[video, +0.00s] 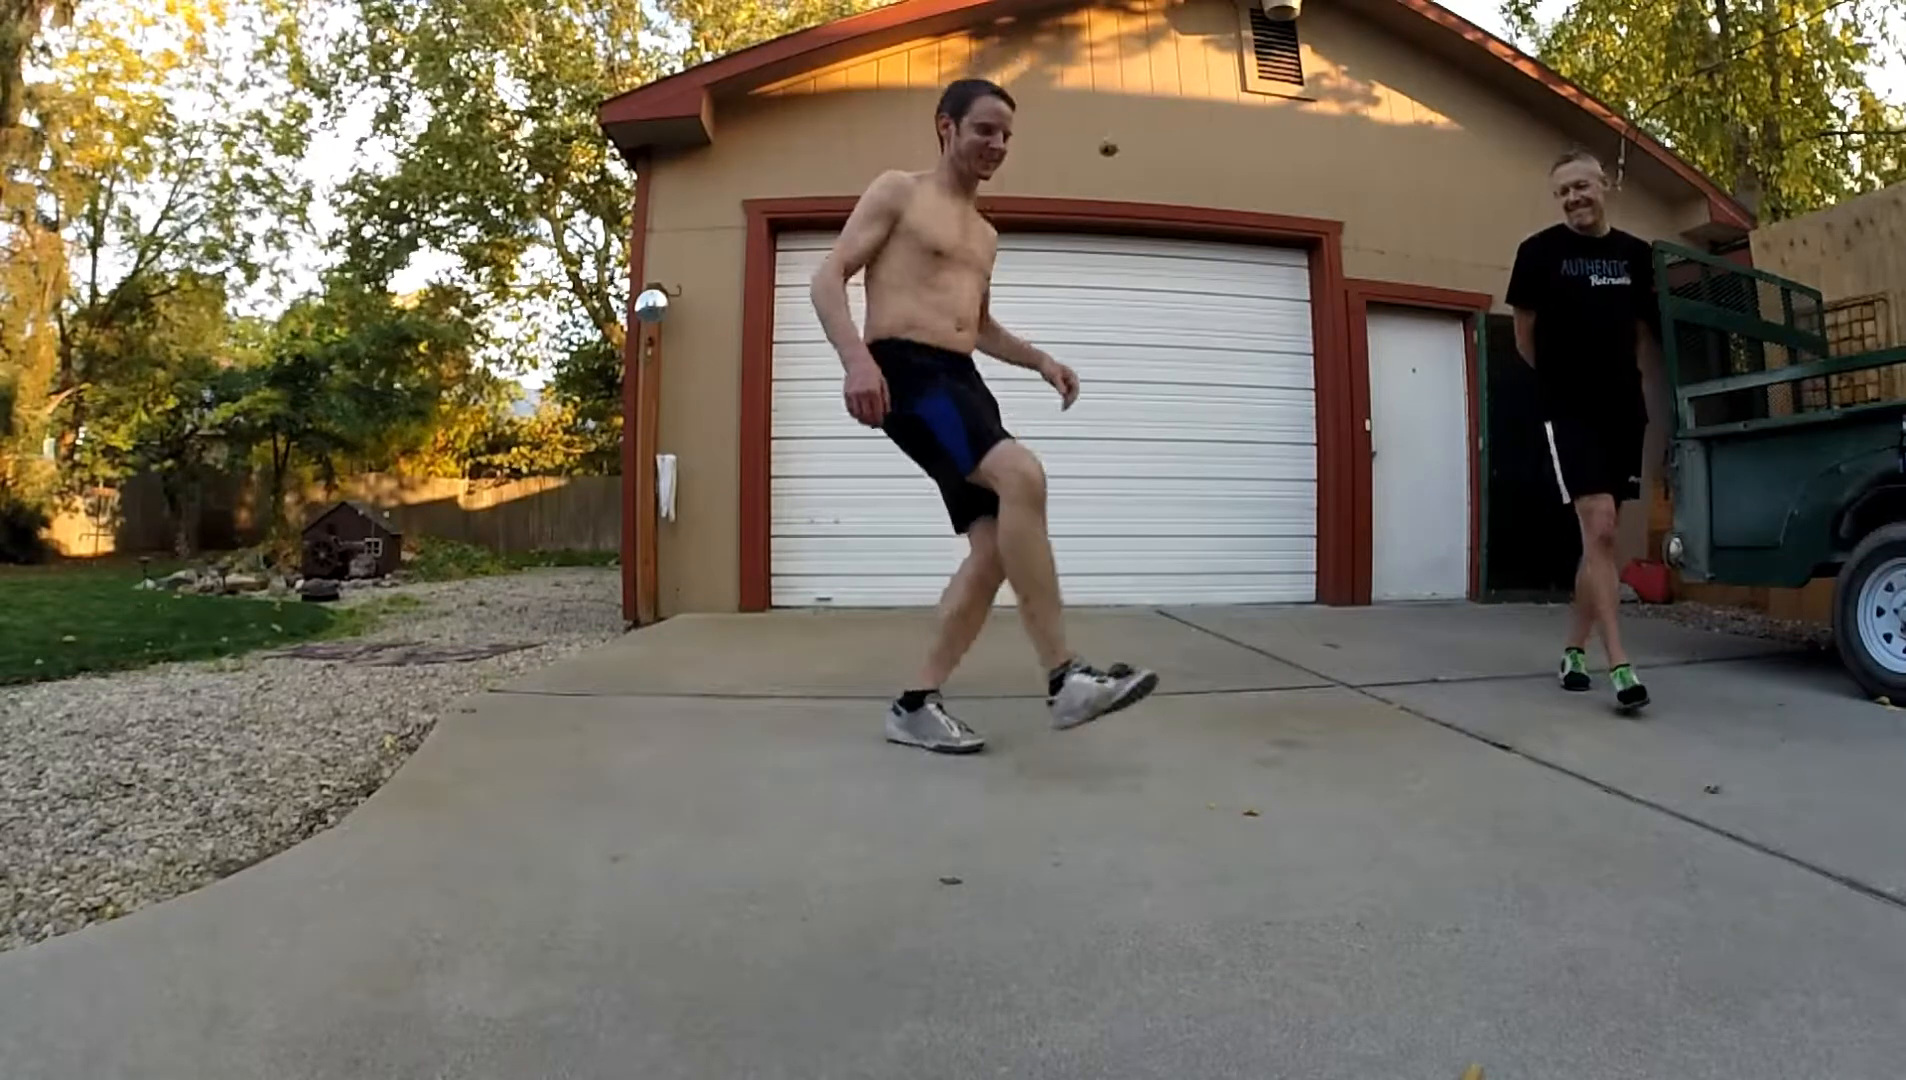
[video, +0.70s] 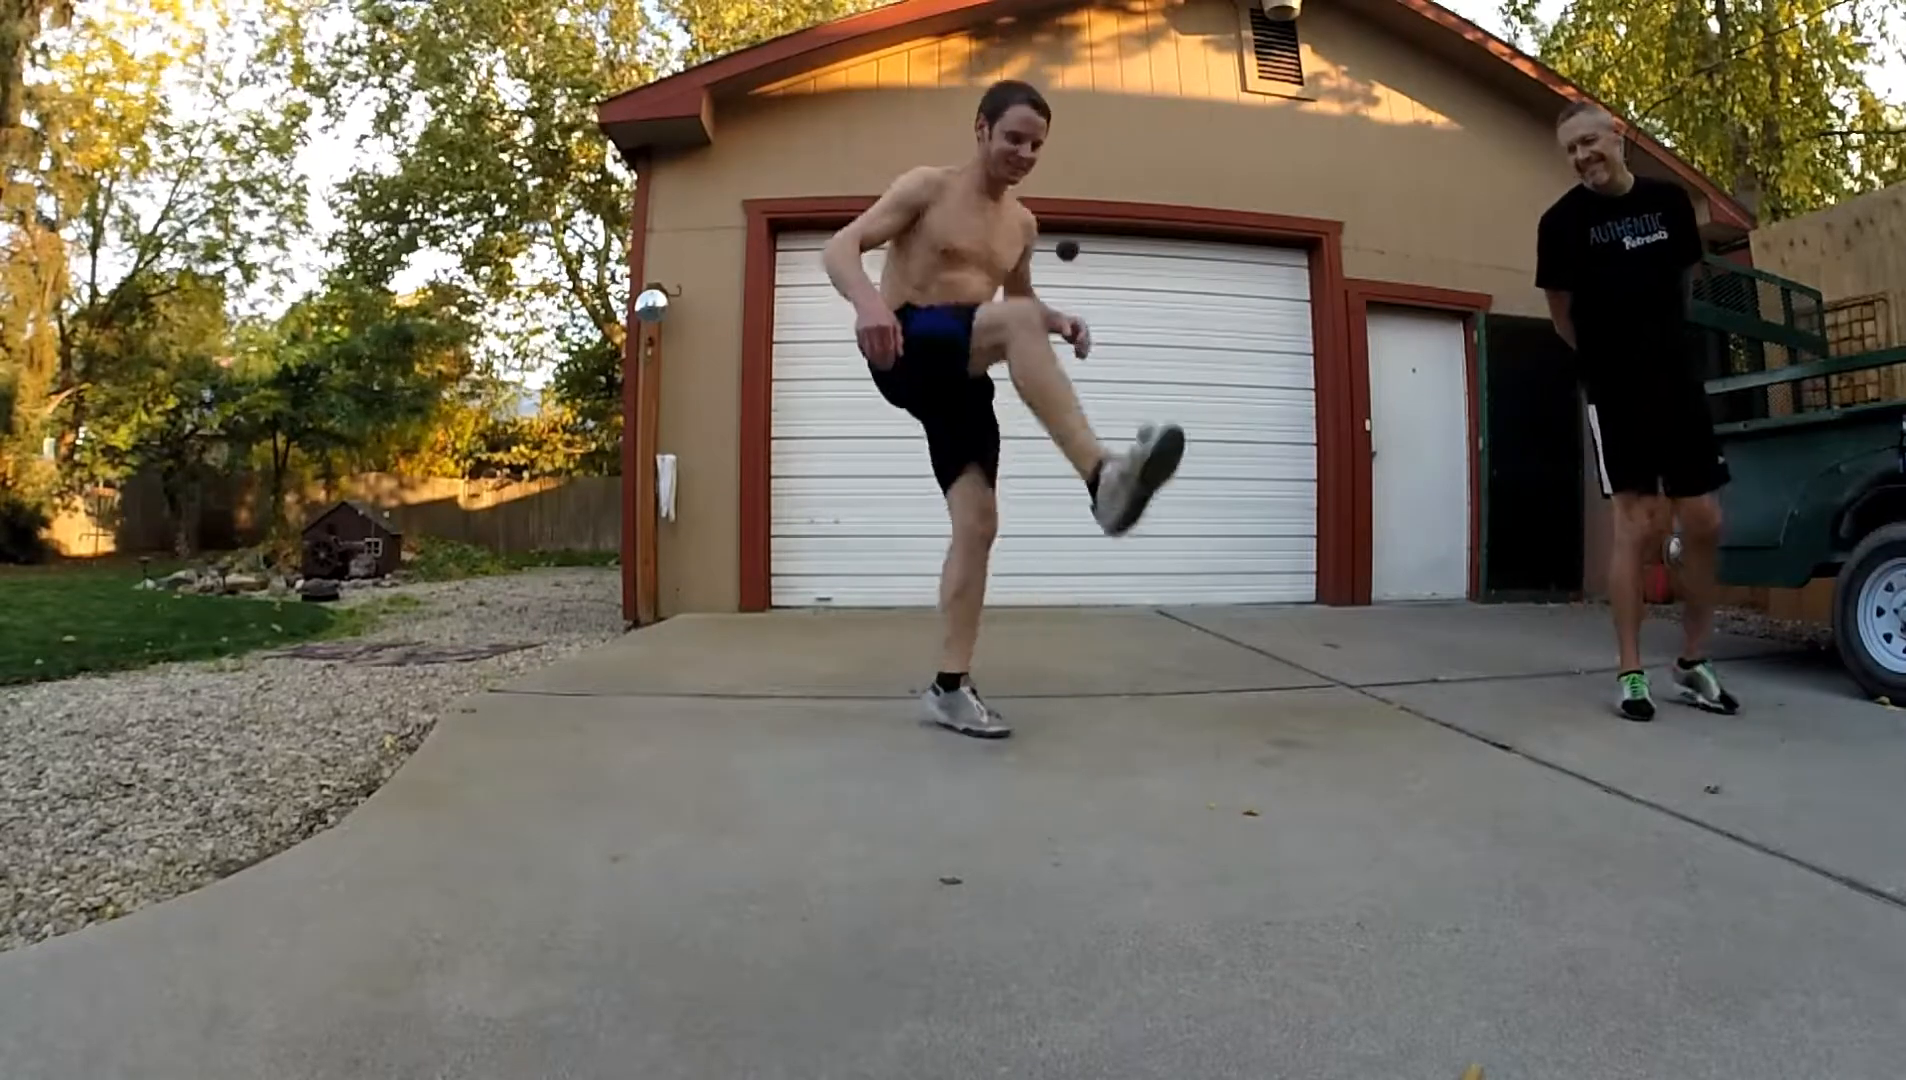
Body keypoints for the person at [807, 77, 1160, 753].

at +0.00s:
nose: (997, 144)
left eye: (1006, 135)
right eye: (985, 130)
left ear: (1009, 143)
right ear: (948, 129)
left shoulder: (984, 235)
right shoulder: (898, 190)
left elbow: (978, 325)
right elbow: (827, 278)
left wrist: (1040, 360)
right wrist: (856, 360)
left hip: (959, 377)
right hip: (906, 368)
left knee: (992, 551)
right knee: (1020, 476)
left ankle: (918, 702)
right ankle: (1063, 680)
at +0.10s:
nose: (1005, 150)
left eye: (1014, 140)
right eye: (994, 134)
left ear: (1017, 146)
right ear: (955, 130)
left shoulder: (995, 232)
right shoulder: (904, 192)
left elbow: (1003, 315)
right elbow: (829, 277)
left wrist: (1070, 335)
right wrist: (869, 354)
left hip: (957, 369)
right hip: (904, 355)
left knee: (987, 538)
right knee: (1042, 393)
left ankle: (918, 702)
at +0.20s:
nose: (1026, 133)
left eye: (1034, 123)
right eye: (1015, 118)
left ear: (1036, 125)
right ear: (974, 110)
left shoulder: (1008, 202)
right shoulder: (922, 169)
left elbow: (986, 284)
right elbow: (851, 246)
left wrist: (1053, 300)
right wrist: (905, 316)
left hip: (959, 357)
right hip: (900, 337)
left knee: (970, 515)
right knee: (1028, 274)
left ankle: (931, 688)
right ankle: (1124, 433)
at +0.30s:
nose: (1032, 120)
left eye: (1040, 111)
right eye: (1022, 105)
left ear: (1043, 116)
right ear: (983, 97)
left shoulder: (1014, 188)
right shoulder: (930, 154)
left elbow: (983, 266)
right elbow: (860, 226)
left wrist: (1036, 296)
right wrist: (919, 279)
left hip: (962, 346)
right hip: (902, 325)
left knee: (977, 498)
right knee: (1025, 278)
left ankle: (954, 671)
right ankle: (1060, 467)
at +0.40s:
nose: (1025, 128)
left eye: (1034, 119)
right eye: (1014, 113)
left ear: (1038, 125)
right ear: (979, 109)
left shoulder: (1014, 202)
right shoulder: (931, 164)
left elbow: (983, 284)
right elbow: (856, 238)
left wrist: (1035, 327)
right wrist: (898, 287)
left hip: (964, 348)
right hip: (912, 333)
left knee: (988, 517)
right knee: (1028, 387)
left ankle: (954, 681)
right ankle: (1026, 580)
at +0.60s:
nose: (1018, 169)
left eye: (1028, 159)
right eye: (1007, 154)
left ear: (1033, 164)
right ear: (973, 148)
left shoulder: (1013, 250)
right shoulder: (924, 206)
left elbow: (1005, 337)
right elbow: (843, 276)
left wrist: (1057, 360)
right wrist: (863, 338)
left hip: (967, 382)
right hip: (913, 367)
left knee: (1009, 535)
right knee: (1030, 429)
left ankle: (947, 690)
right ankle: (1088, 618)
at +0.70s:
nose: (1026, 153)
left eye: (1036, 143)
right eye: (1015, 138)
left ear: (1043, 148)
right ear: (982, 130)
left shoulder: (1020, 224)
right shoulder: (927, 186)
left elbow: (1016, 299)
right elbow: (839, 250)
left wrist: (1052, 320)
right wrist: (866, 301)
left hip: (960, 370)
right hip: (903, 350)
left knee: (976, 521)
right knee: (1022, 318)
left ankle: (951, 686)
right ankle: (1102, 479)